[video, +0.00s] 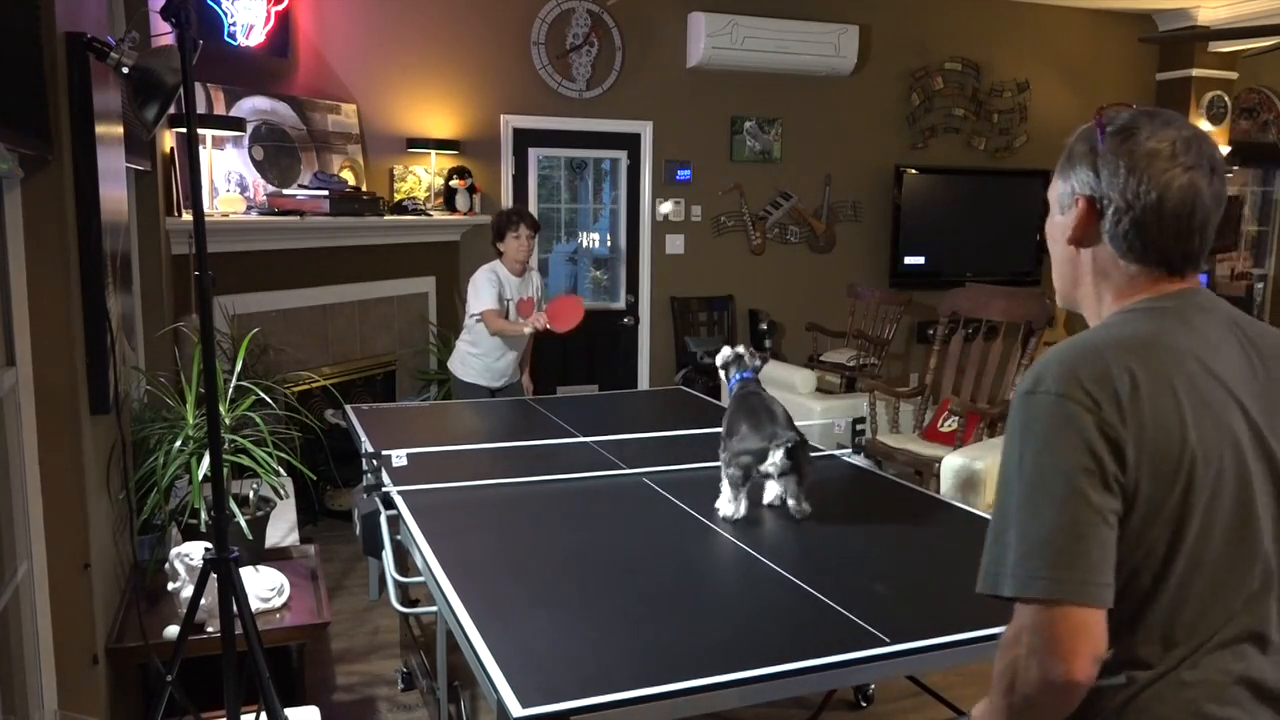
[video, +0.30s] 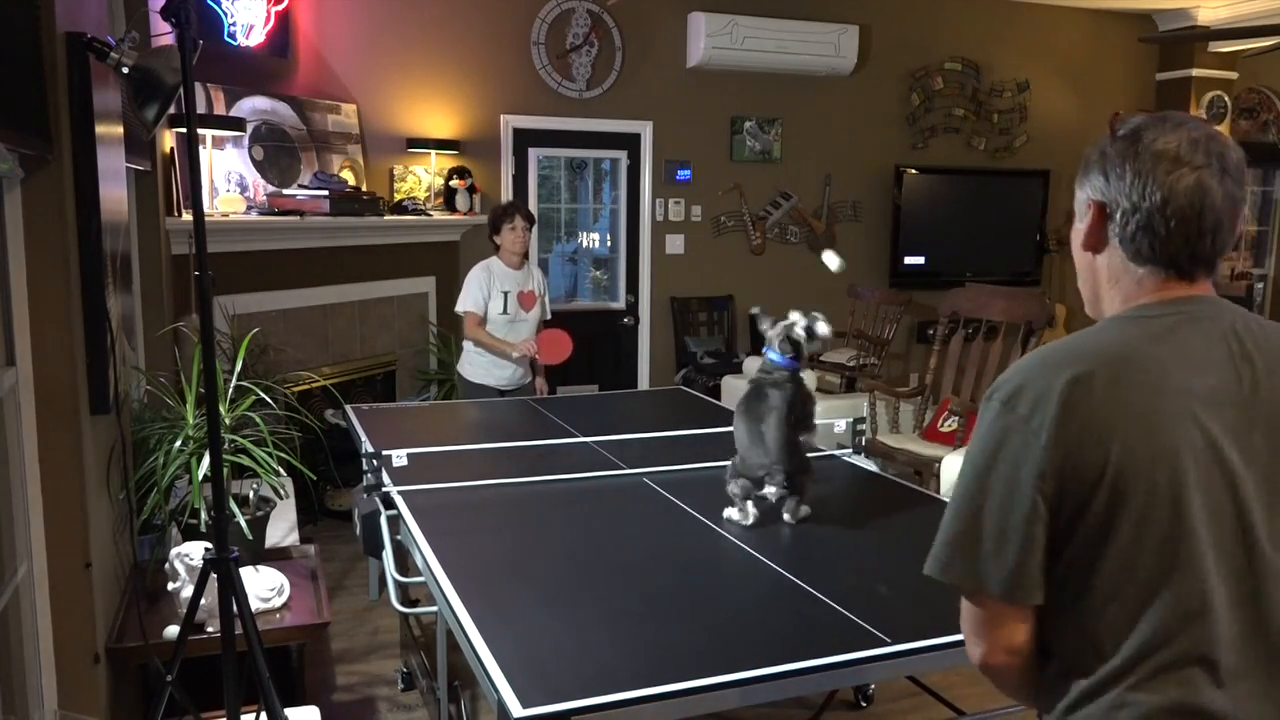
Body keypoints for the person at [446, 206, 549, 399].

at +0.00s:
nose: (525, 244)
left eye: (530, 237)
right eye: (516, 237)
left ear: (535, 241)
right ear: (500, 244)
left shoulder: (534, 279)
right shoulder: (485, 277)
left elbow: (529, 329)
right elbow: (494, 325)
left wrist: (525, 371)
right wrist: (526, 327)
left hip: (509, 374)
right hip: (472, 375)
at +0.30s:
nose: (521, 235)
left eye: (525, 229)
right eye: (512, 229)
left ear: (530, 234)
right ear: (497, 238)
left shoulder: (536, 276)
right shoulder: (482, 273)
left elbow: (538, 329)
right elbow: (471, 329)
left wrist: (540, 374)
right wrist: (511, 349)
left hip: (521, 381)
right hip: (480, 382)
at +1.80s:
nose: (506, 243)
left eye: (512, 236)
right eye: (498, 236)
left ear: (520, 239)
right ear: (485, 240)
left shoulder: (532, 279)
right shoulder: (463, 276)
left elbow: (542, 332)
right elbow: (425, 313)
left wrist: (544, 382)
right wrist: (436, 338)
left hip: (521, 389)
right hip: (474, 389)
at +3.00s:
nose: (496, 251)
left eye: (502, 244)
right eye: (487, 243)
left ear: (508, 245)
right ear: (474, 245)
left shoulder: (522, 281)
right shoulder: (458, 283)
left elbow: (532, 330)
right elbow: (431, 334)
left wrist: (536, 377)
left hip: (515, 387)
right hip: (470, 391)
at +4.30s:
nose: (510, 234)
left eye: (514, 228)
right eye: (502, 228)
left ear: (519, 231)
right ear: (484, 232)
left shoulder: (530, 272)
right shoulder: (464, 270)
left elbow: (540, 325)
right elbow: (443, 321)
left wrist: (542, 371)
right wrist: (477, 349)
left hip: (520, 382)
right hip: (476, 382)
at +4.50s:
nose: (525, 244)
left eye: (527, 236)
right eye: (517, 237)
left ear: (530, 237)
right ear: (497, 239)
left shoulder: (535, 279)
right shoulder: (479, 275)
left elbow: (540, 330)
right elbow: (471, 329)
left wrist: (545, 373)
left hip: (523, 380)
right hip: (480, 381)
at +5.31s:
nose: (582, 257)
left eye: (588, 251)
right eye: (575, 249)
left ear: (592, 256)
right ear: (560, 251)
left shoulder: (589, 296)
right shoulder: (533, 276)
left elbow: (588, 345)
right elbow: (495, 311)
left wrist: (588, 389)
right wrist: (528, 345)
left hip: (555, 375)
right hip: (513, 374)